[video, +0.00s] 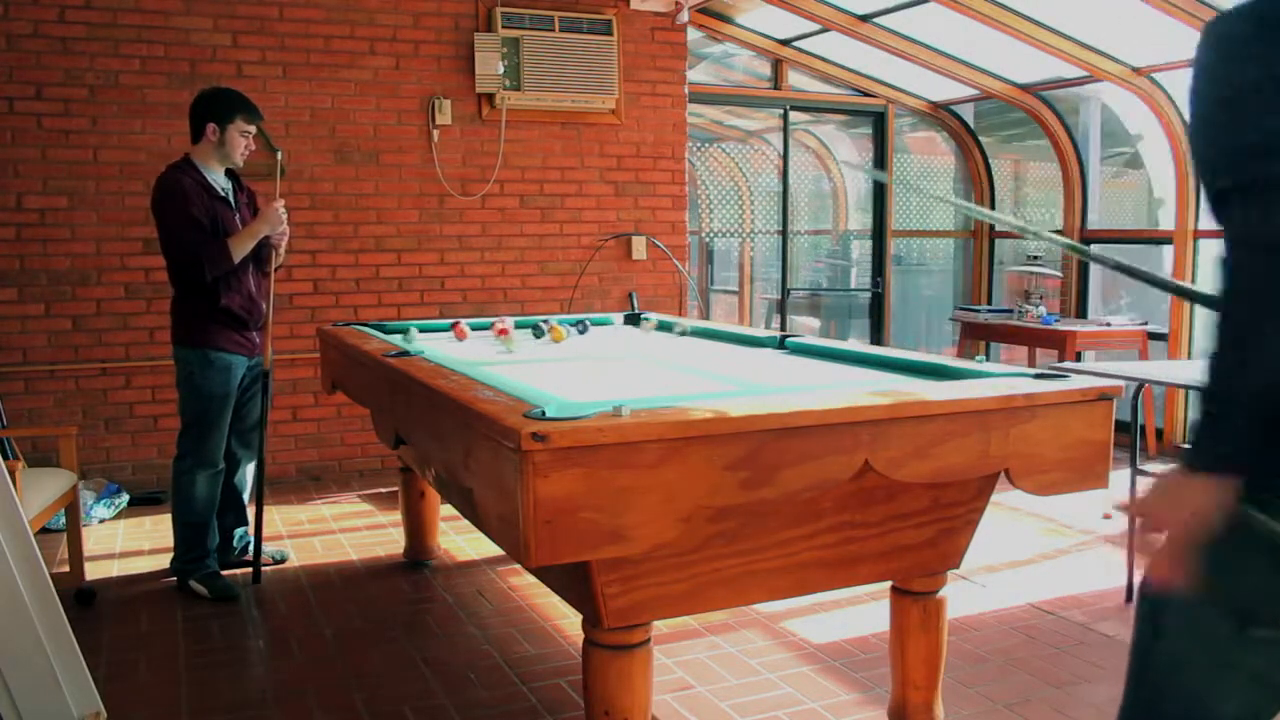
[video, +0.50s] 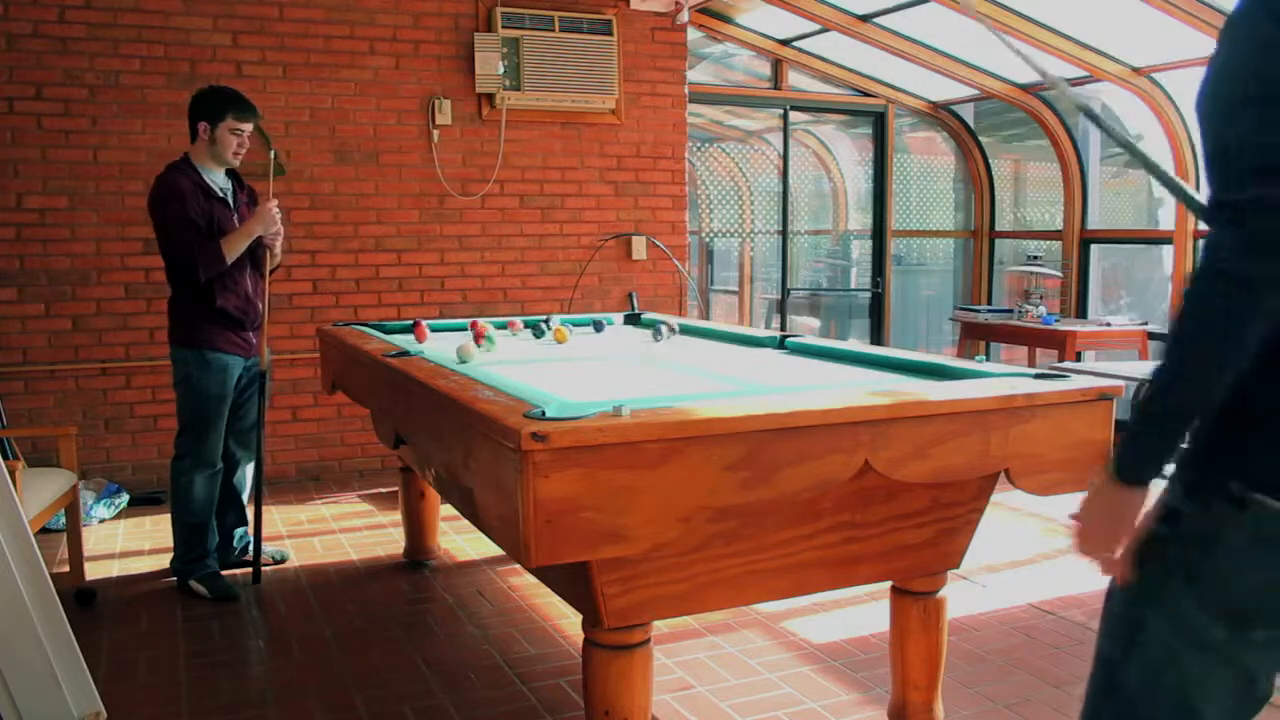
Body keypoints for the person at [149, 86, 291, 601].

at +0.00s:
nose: (252, 144)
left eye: (254, 135)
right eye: (245, 133)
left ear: (225, 137)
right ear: (212, 131)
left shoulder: (241, 192)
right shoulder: (176, 185)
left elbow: (254, 268)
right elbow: (201, 266)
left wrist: (275, 248)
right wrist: (259, 228)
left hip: (248, 342)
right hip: (207, 343)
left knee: (240, 453)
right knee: (203, 457)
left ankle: (230, 545)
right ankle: (192, 564)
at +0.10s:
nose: (252, 144)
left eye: (254, 134)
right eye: (244, 133)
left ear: (226, 136)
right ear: (211, 131)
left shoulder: (241, 192)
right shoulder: (176, 185)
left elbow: (254, 268)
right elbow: (201, 266)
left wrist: (275, 248)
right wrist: (258, 228)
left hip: (248, 342)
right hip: (206, 343)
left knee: (240, 453)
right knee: (203, 457)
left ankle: (230, 545)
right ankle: (192, 564)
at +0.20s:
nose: (250, 143)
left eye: (253, 134)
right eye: (242, 132)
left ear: (228, 137)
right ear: (209, 131)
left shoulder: (241, 193)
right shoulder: (176, 185)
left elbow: (254, 270)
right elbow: (199, 267)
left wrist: (274, 247)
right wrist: (256, 228)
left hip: (247, 342)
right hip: (206, 343)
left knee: (239, 453)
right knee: (202, 457)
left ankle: (230, 545)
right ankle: (192, 564)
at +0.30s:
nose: (249, 143)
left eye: (252, 134)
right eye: (240, 132)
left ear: (242, 137)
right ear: (207, 130)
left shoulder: (242, 193)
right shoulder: (175, 185)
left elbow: (253, 271)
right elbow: (199, 267)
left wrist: (273, 248)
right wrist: (254, 229)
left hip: (247, 342)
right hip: (205, 343)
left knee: (239, 453)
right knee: (202, 457)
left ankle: (230, 545)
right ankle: (192, 564)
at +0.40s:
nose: (248, 143)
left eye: (251, 134)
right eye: (239, 132)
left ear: (243, 138)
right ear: (206, 130)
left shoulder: (241, 193)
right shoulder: (174, 185)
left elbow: (253, 270)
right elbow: (198, 267)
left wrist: (273, 248)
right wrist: (254, 229)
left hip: (245, 342)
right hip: (204, 343)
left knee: (238, 453)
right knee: (201, 457)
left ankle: (230, 545)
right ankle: (192, 564)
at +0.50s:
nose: (245, 143)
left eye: (249, 134)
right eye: (236, 132)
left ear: (249, 138)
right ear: (204, 130)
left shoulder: (241, 192)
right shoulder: (173, 185)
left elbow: (257, 269)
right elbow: (198, 265)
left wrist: (272, 247)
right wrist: (252, 228)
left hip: (245, 342)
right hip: (203, 343)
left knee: (238, 453)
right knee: (201, 457)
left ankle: (230, 545)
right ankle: (192, 564)